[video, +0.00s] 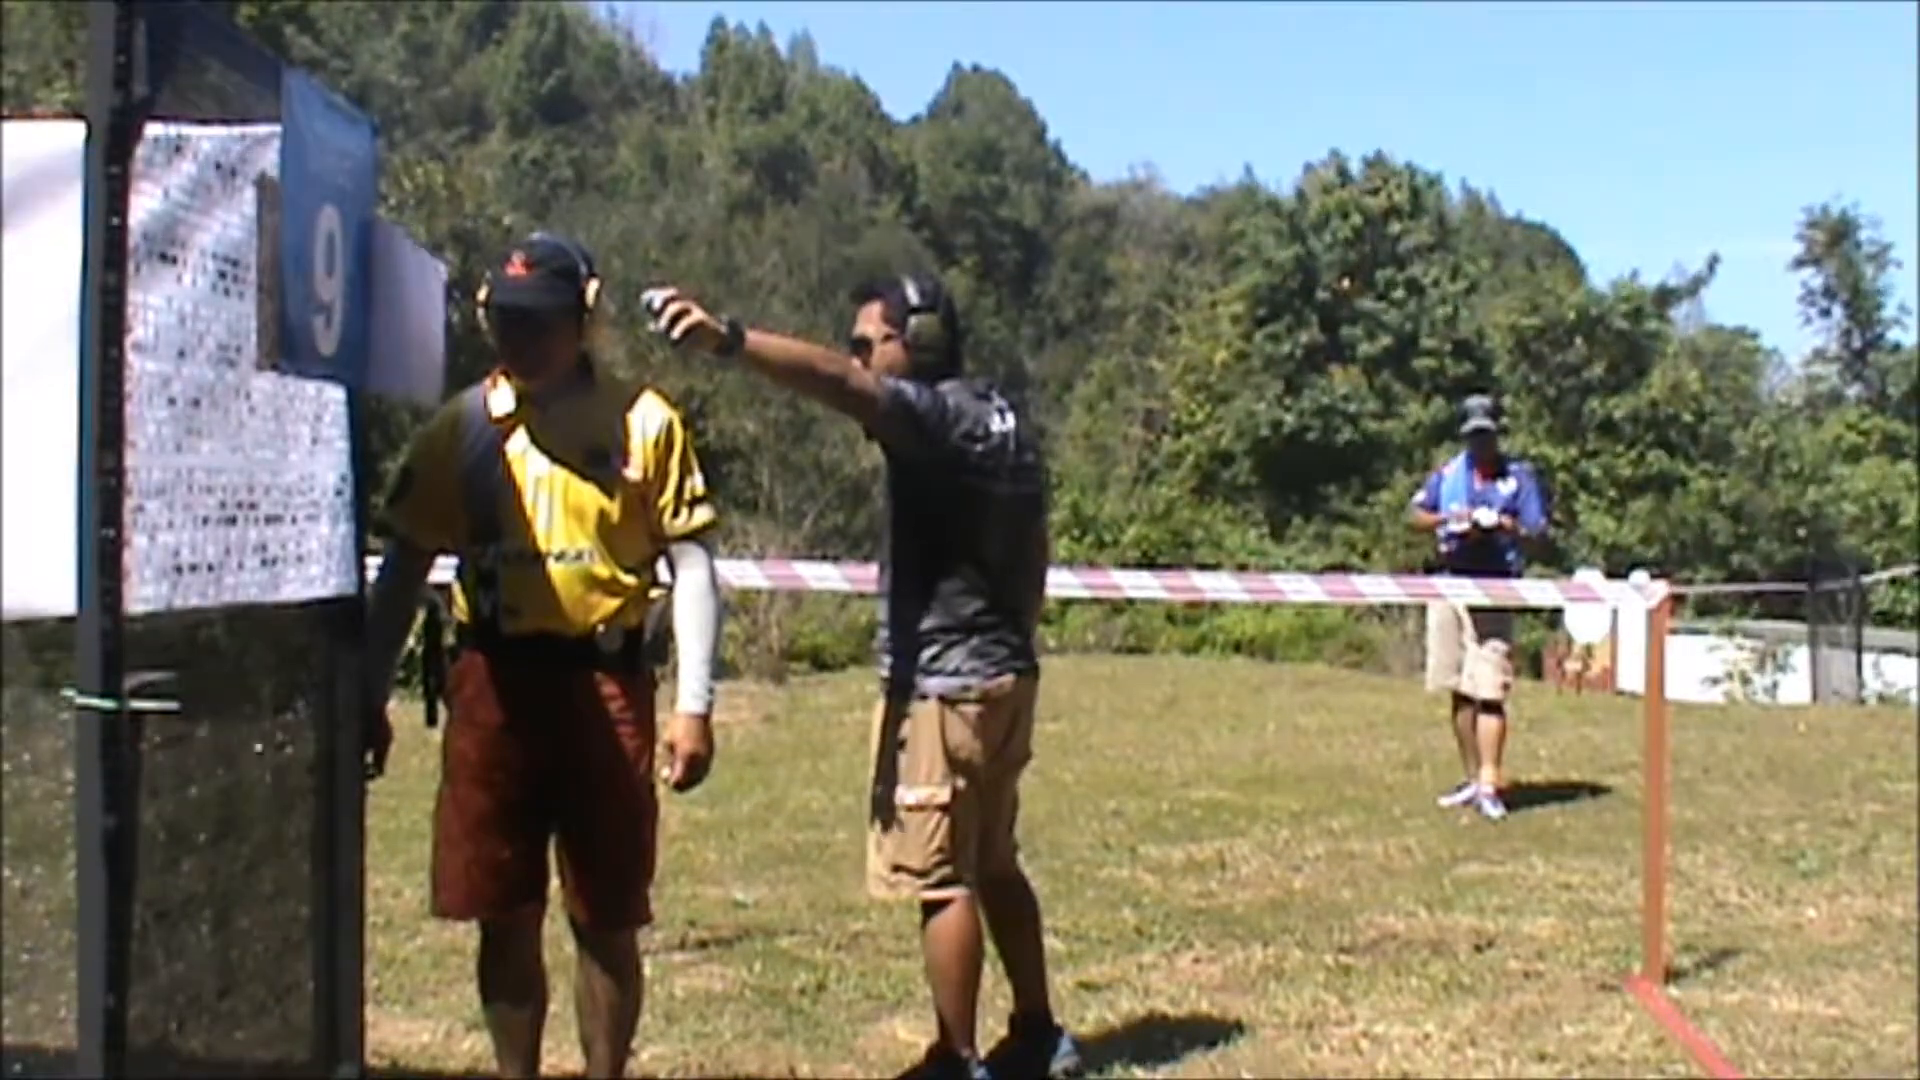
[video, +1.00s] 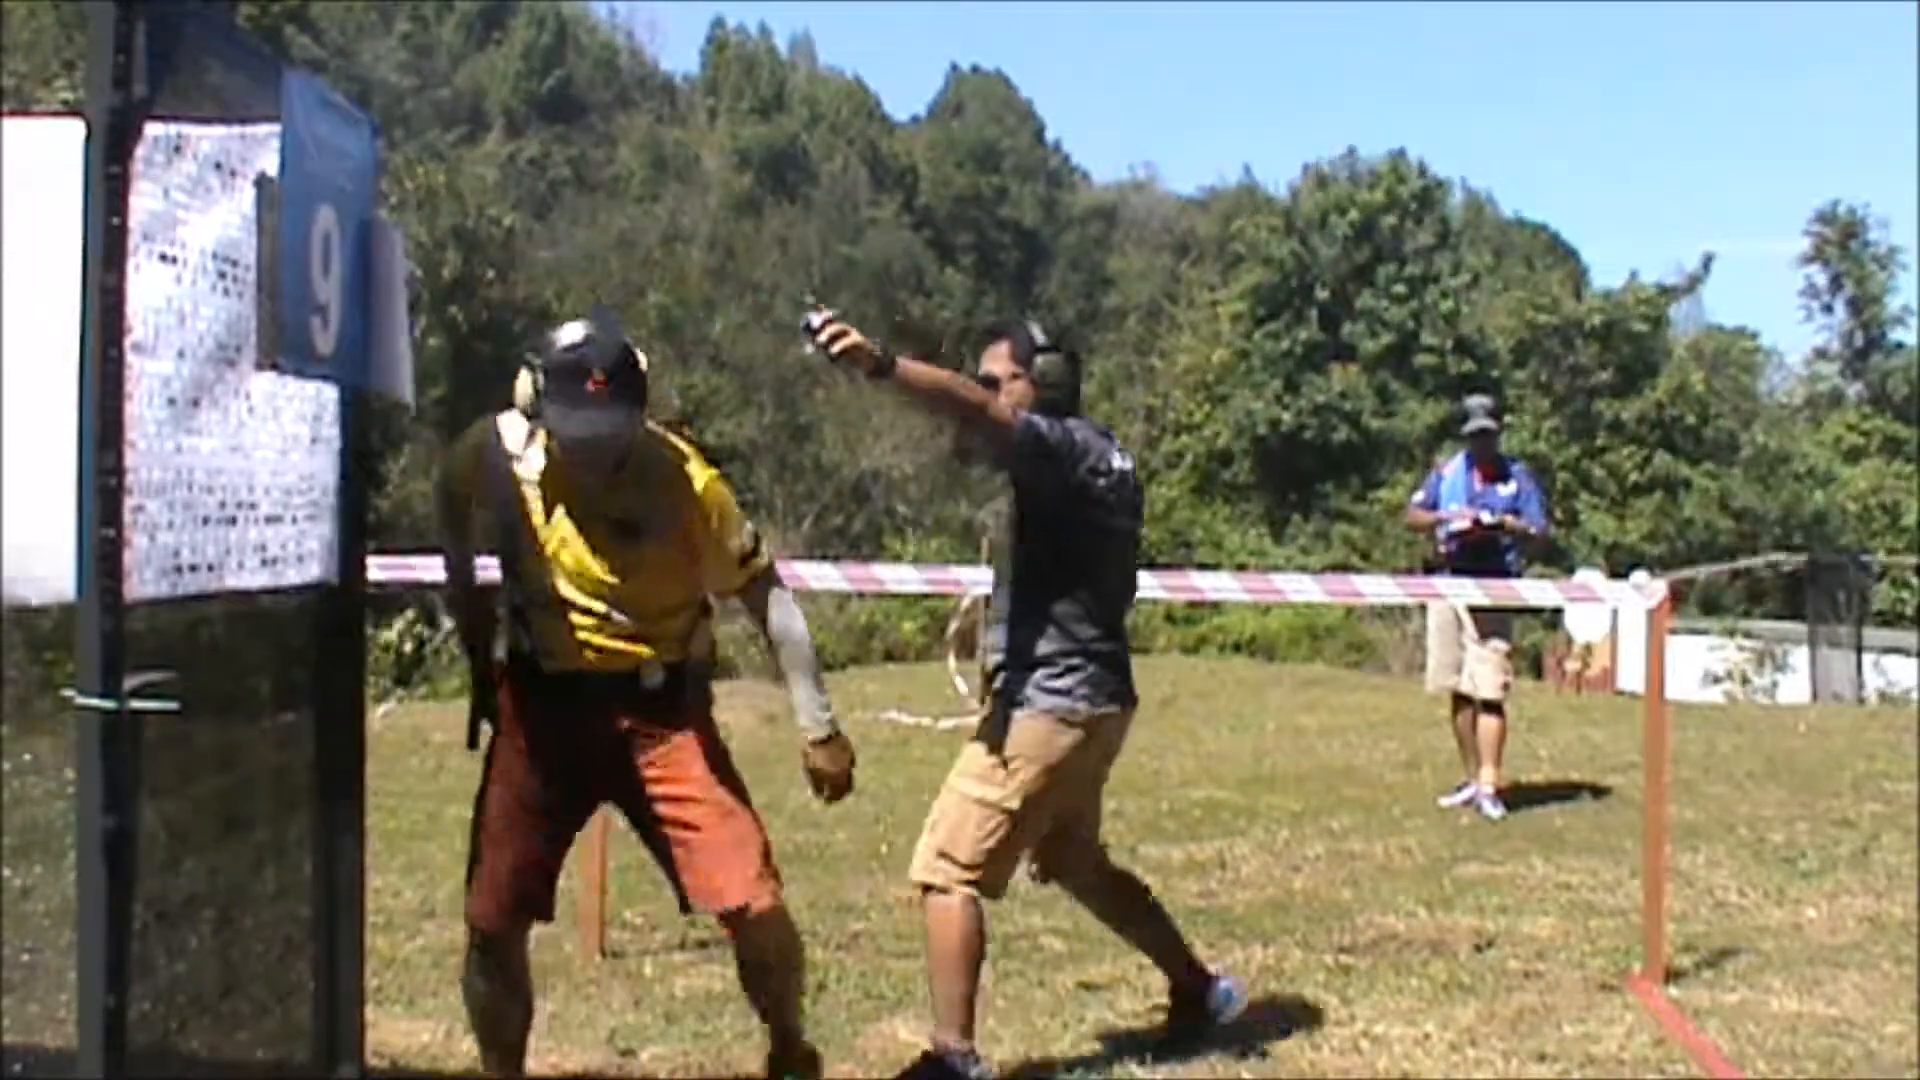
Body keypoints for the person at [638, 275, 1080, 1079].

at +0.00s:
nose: (859, 359)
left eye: (869, 344)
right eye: (858, 344)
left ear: (918, 341)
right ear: (941, 343)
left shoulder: (931, 412)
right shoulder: (1005, 418)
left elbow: (843, 379)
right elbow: (1029, 558)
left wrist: (729, 338)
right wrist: (1011, 650)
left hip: (949, 677)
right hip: (1005, 671)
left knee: (939, 876)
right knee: (994, 866)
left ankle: (954, 1055)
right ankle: (1038, 1029)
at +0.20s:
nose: (861, 360)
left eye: (870, 345)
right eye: (859, 345)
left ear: (919, 340)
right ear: (943, 343)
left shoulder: (931, 411)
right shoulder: (1010, 419)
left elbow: (844, 380)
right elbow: (1034, 556)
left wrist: (728, 337)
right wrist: (1020, 648)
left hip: (949, 678)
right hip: (1008, 671)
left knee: (940, 876)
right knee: (994, 866)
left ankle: (954, 1055)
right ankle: (1037, 1029)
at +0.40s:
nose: (865, 360)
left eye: (873, 344)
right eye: (862, 344)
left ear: (920, 341)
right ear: (946, 342)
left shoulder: (932, 411)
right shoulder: (1012, 418)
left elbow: (850, 382)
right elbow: (1037, 553)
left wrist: (730, 338)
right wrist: (1022, 645)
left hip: (953, 677)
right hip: (1012, 670)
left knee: (944, 876)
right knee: (999, 868)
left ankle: (954, 1054)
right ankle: (1037, 1028)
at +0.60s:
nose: (873, 361)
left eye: (882, 345)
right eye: (870, 346)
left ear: (927, 341)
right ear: (954, 343)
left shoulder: (942, 408)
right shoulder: (1020, 419)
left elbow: (860, 383)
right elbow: (1044, 550)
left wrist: (741, 341)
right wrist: (1030, 639)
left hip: (966, 672)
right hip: (1025, 666)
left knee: (938, 868)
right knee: (1009, 862)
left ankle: (952, 1052)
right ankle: (1043, 1027)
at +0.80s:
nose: (903, 373)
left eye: (913, 357)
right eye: (902, 357)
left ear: (954, 355)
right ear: (985, 355)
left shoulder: (982, 419)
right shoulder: (1048, 425)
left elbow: (893, 388)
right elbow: (1069, 550)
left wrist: (784, 352)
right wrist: (1040, 634)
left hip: (996, 676)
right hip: (1046, 672)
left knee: (935, 864)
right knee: (1031, 845)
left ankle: (950, 1050)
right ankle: (1123, 1004)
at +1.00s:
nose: (982, 396)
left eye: (994, 384)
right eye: (981, 383)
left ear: (1036, 386)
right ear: (1062, 390)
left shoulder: (1056, 445)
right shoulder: (1113, 461)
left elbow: (977, 409)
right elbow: (1084, 586)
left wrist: (882, 365)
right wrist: (1006, 618)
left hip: (1050, 696)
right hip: (1099, 695)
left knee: (948, 868)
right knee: (1071, 856)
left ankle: (952, 1052)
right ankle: (1198, 990)